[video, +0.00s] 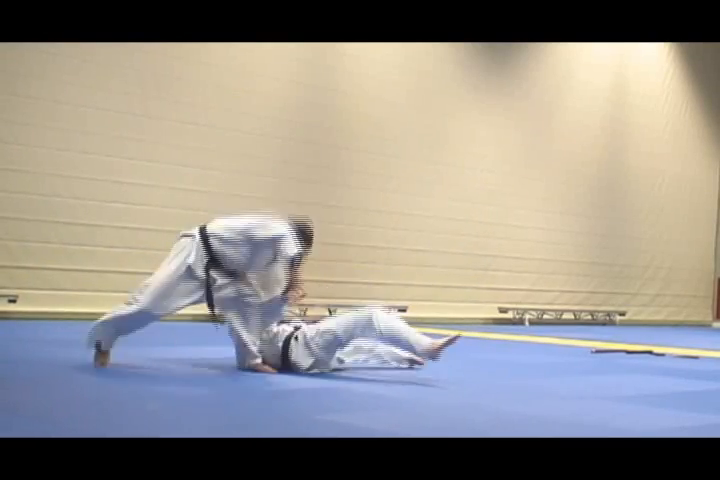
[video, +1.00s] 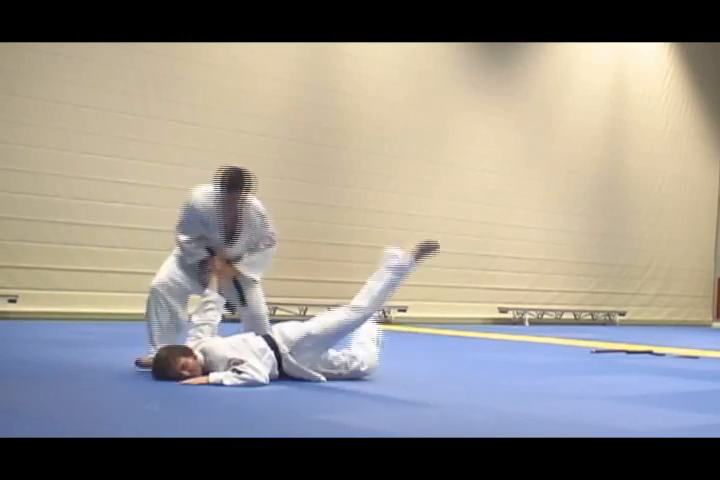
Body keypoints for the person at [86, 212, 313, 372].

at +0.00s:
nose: (296, 255)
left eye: (299, 253)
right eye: (299, 251)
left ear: (296, 238)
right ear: (299, 238)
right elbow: (291, 257)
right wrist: (293, 287)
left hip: (221, 273)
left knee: (248, 303)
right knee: (149, 307)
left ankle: (250, 359)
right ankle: (104, 338)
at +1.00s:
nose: (232, 205)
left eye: (237, 200)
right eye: (228, 199)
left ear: (244, 195)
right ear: (219, 193)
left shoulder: (255, 212)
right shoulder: (200, 201)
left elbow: (267, 246)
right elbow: (185, 238)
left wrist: (237, 268)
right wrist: (206, 261)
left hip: (237, 265)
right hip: (196, 260)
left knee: (257, 313)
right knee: (161, 289)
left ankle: (267, 360)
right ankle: (161, 352)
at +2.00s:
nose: (162, 224)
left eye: (166, 219)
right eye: (156, 221)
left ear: (173, 210)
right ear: (148, 218)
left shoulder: (196, 222)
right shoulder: (138, 229)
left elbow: (218, 263)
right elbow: (147, 264)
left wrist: (215, 301)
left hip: (208, 270)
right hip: (170, 272)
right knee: (143, 299)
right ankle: (154, 365)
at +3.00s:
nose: (205, 227)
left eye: (209, 222)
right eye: (200, 222)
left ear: (215, 219)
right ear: (192, 220)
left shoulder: (225, 229)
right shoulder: (181, 238)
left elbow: (244, 255)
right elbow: (180, 278)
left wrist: (225, 272)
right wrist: (185, 319)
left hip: (213, 275)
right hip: (188, 276)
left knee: (215, 294)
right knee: (174, 314)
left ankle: (219, 344)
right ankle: (162, 349)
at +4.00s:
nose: (128, 180)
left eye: (132, 176)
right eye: (124, 176)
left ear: (139, 176)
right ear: (117, 177)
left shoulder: (147, 196)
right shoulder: (110, 192)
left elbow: (143, 221)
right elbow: (113, 217)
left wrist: (123, 196)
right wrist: (133, 222)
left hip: (137, 249)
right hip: (114, 249)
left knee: (136, 290)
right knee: (96, 290)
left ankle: (142, 335)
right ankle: (83, 327)